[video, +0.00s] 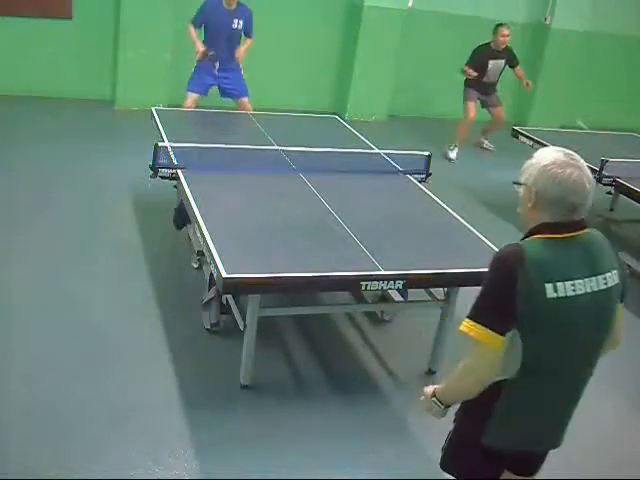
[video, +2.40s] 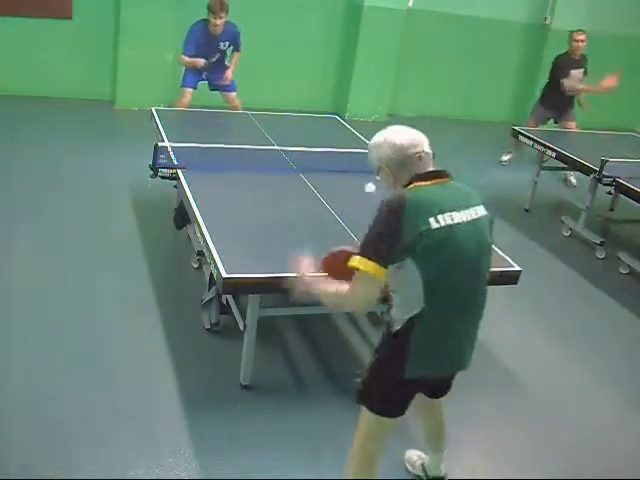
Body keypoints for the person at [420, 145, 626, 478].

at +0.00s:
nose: (519, 194)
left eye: (521, 186)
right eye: (520, 186)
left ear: (532, 197)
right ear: (580, 202)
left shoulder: (517, 260)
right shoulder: (601, 248)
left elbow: (484, 362)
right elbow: (611, 338)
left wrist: (441, 396)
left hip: (497, 415)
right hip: (555, 410)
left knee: (472, 471)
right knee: (520, 471)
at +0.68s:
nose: (524, 187)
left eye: (528, 180)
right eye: (527, 180)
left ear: (538, 190)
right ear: (585, 195)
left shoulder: (513, 244)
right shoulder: (604, 247)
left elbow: (478, 343)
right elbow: (614, 342)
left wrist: (446, 358)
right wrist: (571, 358)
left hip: (496, 389)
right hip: (555, 391)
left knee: (466, 470)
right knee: (513, 470)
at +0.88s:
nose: (508, 188)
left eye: (511, 181)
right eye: (511, 180)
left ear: (519, 189)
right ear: (568, 192)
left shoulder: (492, 239)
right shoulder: (588, 246)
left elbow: (446, 330)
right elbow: (599, 333)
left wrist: (426, 303)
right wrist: (548, 340)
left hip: (479, 380)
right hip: (535, 381)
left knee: (462, 463)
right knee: (489, 450)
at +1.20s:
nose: (472, 170)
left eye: (475, 164)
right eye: (474, 163)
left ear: (481, 173)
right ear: (525, 173)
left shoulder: (464, 217)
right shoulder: (544, 220)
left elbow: (431, 303)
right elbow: (561, 301)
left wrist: (409, 280)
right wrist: (514, 301)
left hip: (461, 348)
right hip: (508, 345)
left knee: (447, 426)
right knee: (460, 400)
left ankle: (445, 470)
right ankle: (434, 456)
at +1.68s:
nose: (427, 153)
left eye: (429, 147)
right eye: (428, 147)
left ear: (436, 150)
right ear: (472, 150)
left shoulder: (429, 184)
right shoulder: (499, 188)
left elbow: (413, 265)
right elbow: (524, 257)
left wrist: (391, 271)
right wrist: (500, 272)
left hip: (441, 316)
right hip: (482, 317)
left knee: (426, 422)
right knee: (434, 386)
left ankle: (431, 472)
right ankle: (424, 457)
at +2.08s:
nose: (390, 181)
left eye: (390, 172)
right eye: (389, 173)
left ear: (401, 169)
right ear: (431, 160)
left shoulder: (400, 199)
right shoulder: (474, 193)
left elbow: (373, 288)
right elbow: (498, 267)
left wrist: (359, 282)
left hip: (424, 329)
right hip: (469, 329)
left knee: (377, 428)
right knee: (421, 383)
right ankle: (424, 456)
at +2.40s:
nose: (380, 181)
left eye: (380, 172)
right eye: (378, 173)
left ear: (392, 169)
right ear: (427, 158)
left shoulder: (400, 207)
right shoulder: (469, 197)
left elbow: (360, 298)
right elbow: (466, 271)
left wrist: (316, 285)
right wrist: (394, 282)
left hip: (412, 342)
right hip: (459, 338)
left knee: (371, 433)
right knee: (430, 399)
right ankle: (435, 466)